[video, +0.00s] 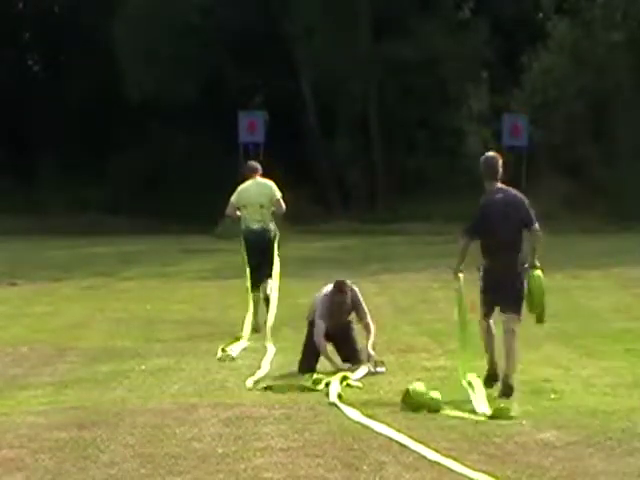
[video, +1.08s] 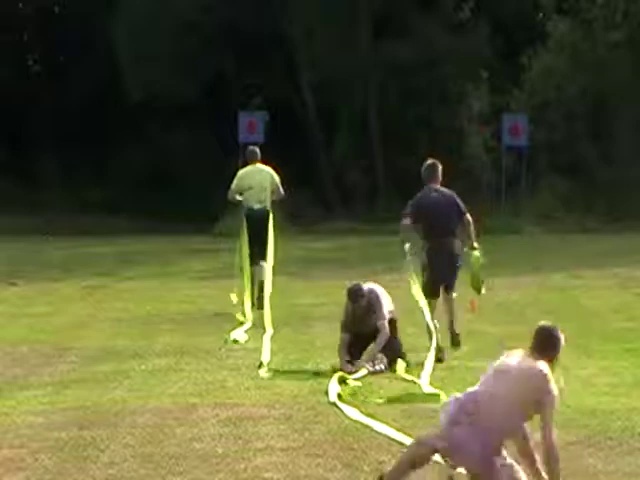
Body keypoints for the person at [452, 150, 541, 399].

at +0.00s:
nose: (489, 175)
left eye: (486, 171)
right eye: (497, 169)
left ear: (482, 173)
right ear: (502, 171)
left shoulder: (484, 203)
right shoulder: (518, 199)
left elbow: (468, 238)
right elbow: (535, 231)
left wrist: (458, 265)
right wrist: (533, 260)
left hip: (491, 269)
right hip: (514, 269)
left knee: (485, 318)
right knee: (511, 324)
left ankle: (492, 364)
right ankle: (508, 376)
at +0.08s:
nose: (477, 178)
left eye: (473, 174)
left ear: (472, 175)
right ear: (492, 173)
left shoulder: (476, 203)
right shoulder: (508, 197)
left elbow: (463, 239)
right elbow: (526, 228)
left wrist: (453, 266)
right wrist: (527, 258)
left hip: (488, 263)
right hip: (511, 261)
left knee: (485, 323)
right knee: (502, 321)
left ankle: (489, 372)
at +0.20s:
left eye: (469, 177)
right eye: (480, 175)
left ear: (465, 179)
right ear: (484, 177)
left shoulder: (465, 206)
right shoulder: (499, 199)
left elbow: (452, 242)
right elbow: (516, 227)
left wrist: (443, 275)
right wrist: (517, 256)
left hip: (479, 262)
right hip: (502, 259)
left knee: (478, 319)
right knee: (492, 309)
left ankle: (489, 370)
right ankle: (494, 358)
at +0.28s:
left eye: (461, 182)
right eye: (472, 180)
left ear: (458, 183)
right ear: (477, 181)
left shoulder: (457, 210)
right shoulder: (492, 200)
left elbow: (447, 248)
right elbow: (511, 225)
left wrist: (437, 280)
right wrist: (512, 255)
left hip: (470, 262)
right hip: (493, 259)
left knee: (473, 313)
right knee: (485, 313)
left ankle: (479, 345)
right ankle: (478, 365)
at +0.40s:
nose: (444, 203)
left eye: (444, 199)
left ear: (444, 198)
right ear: (461, 194)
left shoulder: (451, 219)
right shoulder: (480, 207)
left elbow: (438, 259)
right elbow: (502, 224)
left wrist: (427, 293)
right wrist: (503, 257)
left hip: (469, 269)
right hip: (489, 267)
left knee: (459, 311)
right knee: (482, 323)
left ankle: (462, 350)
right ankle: (472, 370)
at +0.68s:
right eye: (452, 182)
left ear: (437, 187)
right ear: (454, 183)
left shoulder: (433, 210)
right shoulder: (468, 200)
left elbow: (432, 241)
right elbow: (483, 221)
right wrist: (488, 244)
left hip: (447, 254)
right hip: (467, 251)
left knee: (452, 305)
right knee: (469, 301)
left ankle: (458, 344)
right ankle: (467, 345)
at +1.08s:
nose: (437, 179)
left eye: (433, 176)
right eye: (439, 175)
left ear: (423, 177)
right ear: (440, 176)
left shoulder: (418, 200)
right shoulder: (451, 197)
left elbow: (406, 223)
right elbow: (467, 219)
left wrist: (407, 244)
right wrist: (473, 242)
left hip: (431, 247)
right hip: (452, 246)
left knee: (430, 296)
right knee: (449, 291)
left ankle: (433, 341)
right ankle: (453, 330)